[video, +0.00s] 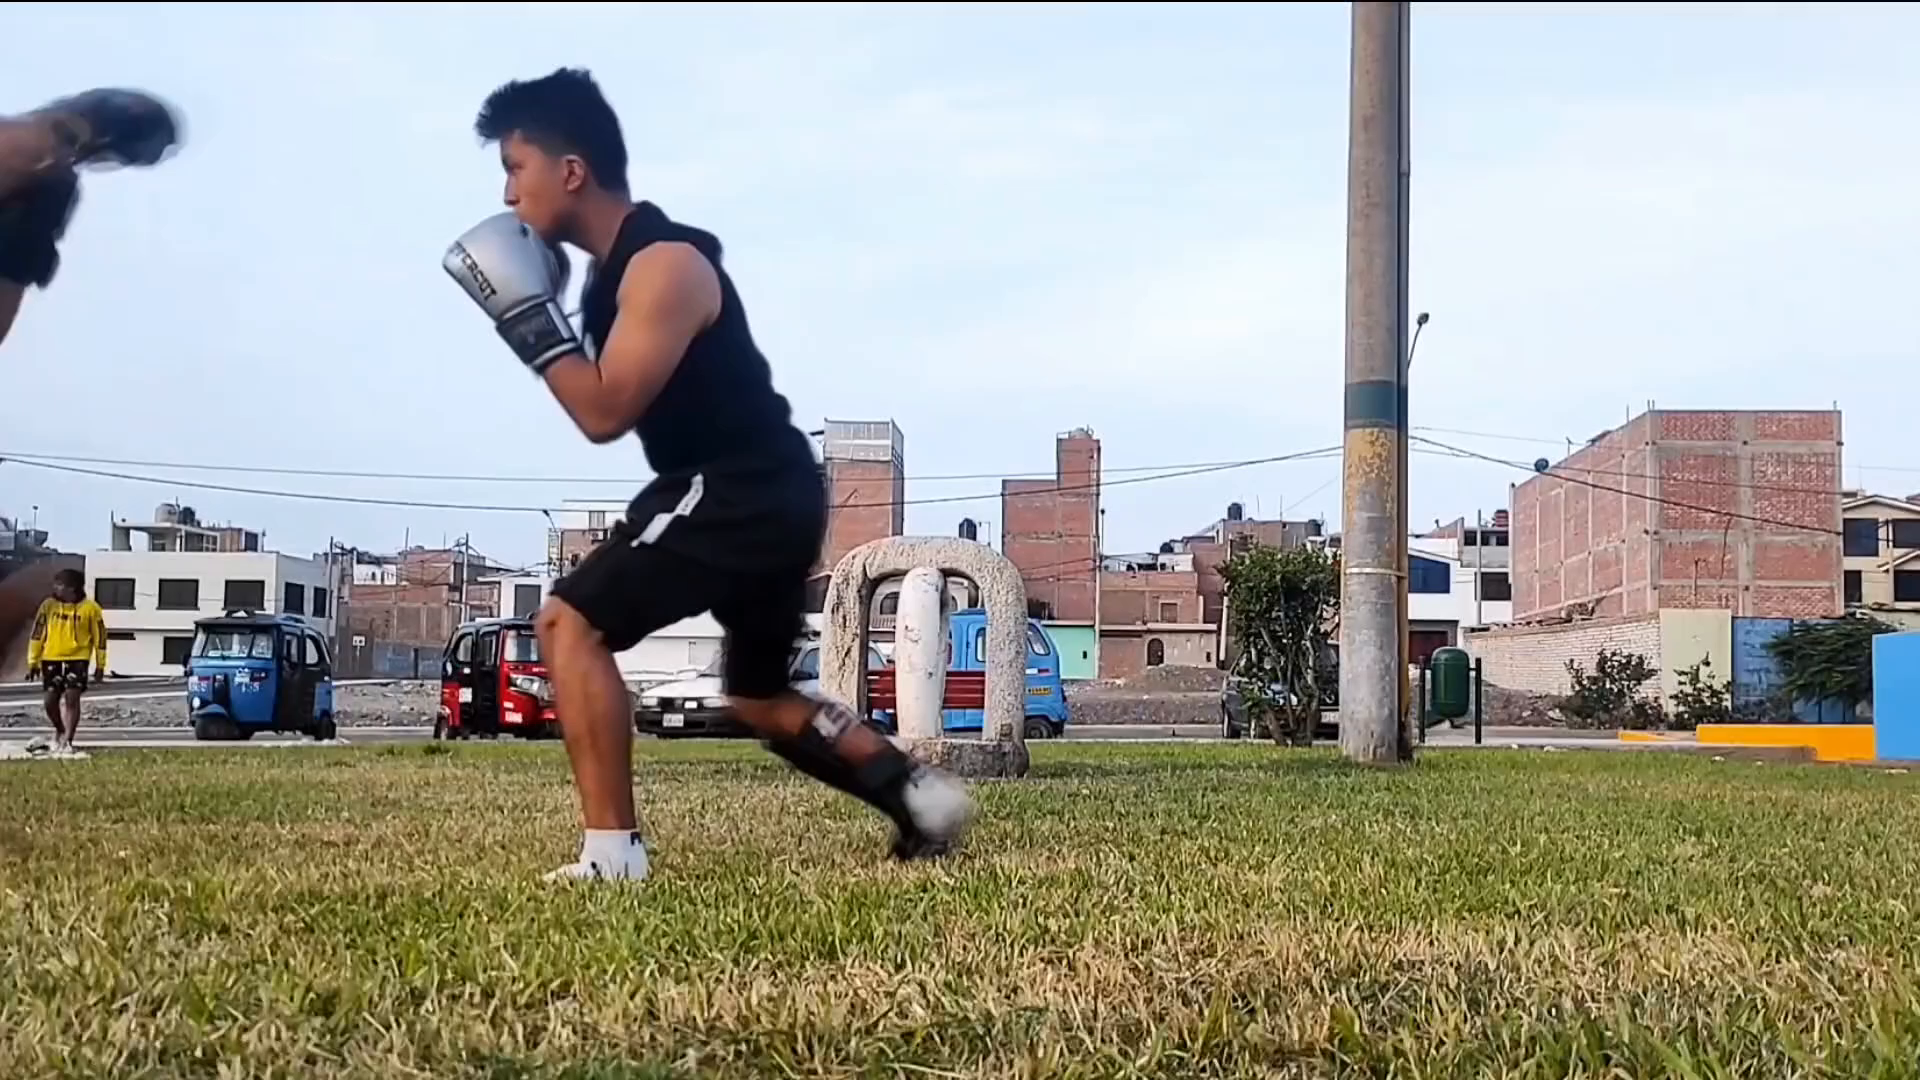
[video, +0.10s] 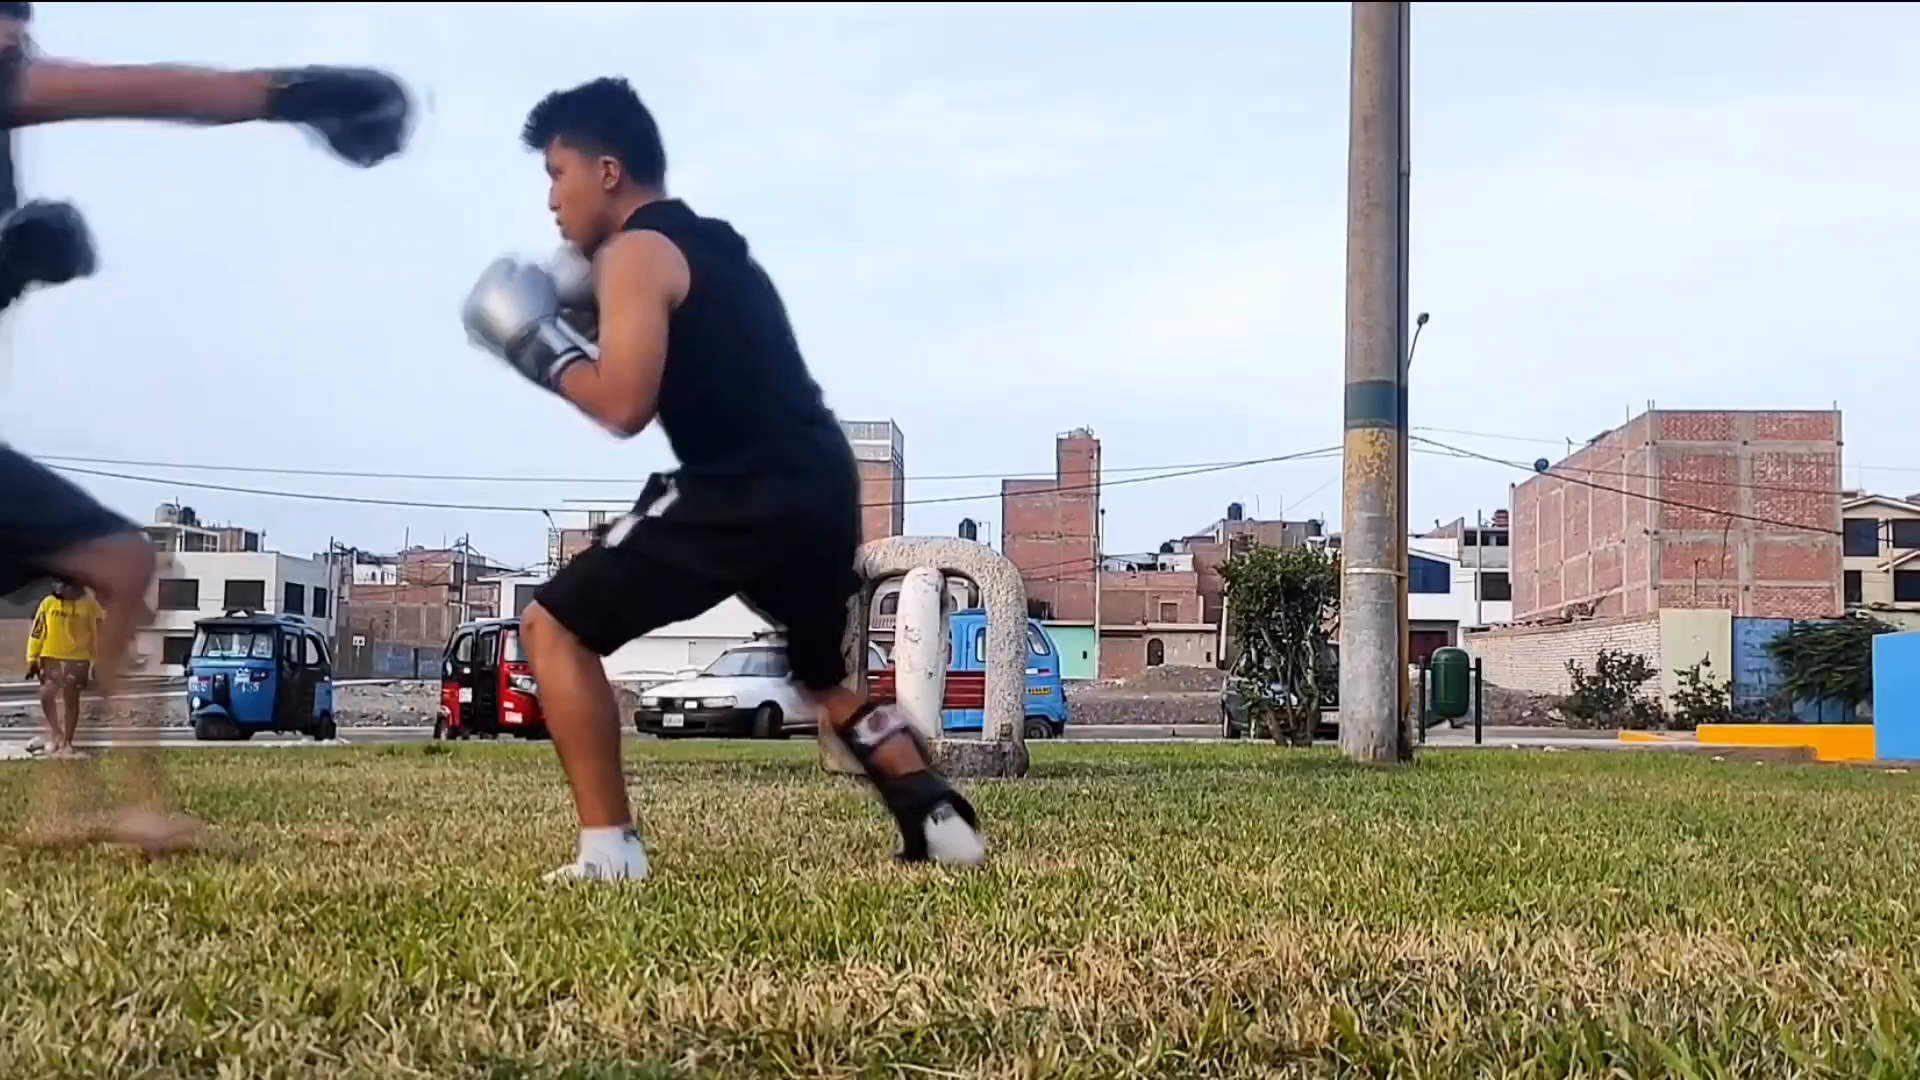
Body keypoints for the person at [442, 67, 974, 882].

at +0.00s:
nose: (507, 193)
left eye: (515, 169)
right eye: (505, 173)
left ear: (572, 169)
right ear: (573, 173)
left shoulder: (665, 264)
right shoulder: (626, 268)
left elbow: (602, 414)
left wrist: (525, 316)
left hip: (734, 489)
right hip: (777, 488)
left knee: (570, 622)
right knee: (759, 696)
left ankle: (611, 854)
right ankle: (920, 800)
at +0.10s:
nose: (550, 198)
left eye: (557, 174)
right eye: (549, 176)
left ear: (610, 173)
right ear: (623, 172)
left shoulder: (637, 251)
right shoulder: (709, 239)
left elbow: (622, 406)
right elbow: (699, 364)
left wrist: (528, 341)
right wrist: (595, 312)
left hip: (741, 498)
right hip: (824, 493)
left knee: (555, 626)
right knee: (828, 680)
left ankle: (607, 851)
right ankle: (940, 821)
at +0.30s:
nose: (693, 180)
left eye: (698, 159)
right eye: (692, 160)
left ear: (741, 155)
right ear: (777, 159)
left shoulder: (719, 214)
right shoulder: (857, 240)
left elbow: (710, 317)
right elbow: (856, 362)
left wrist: (646, 355)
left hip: (758, 476)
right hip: (870, 488)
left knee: (608, 623)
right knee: (903, 661)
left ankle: (592, 847)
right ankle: (994, 828)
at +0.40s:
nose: (762, 129)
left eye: (767, 108)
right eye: (759, 111)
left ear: (811, 97)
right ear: (836, 100)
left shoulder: (818, 165)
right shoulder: (905, 181)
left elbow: (728, 294)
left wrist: (691, 216)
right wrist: (726, 229)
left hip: (852, 431)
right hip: (940, 439)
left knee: (715, 623)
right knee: (931, 645)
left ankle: (643, 829)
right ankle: (1002, 828)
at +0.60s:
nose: (870, 72)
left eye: (872, 52)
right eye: (868, 56)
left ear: (906, 41)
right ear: (950, 40)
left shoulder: (901, 121)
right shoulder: (1029, 124)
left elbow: (768, 184)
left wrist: (779, 68)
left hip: (985, 401)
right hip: (1079, 396)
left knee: (911, 614)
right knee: (1086, 584)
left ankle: (977, 835)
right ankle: (1175, 771)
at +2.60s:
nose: (858, 86)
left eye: (858, 75)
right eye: (862, 75)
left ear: (870, 73)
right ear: (952, 71)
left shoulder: (834, 135)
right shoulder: (1019, 145)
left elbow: (789, 268)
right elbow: (1058, 299)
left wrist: (819, 178)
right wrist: (980, 237)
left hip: (826, 413)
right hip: (951, 434)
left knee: (725, 525)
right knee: (959, 639)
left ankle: (685, 706)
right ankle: (997, 853)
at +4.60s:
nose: (909, 345)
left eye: (912, 331)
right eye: (905, 329)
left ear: (869, 323)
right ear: (871, 321)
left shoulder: (853, 383)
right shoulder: (815, 373)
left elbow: (905, 461)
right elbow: (843, 473)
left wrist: (906, 393)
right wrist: (888, 412)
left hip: (839, 565)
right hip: (797, 563)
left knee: (880, 695)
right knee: (842, 689)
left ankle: (849, 835)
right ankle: (753, 839)